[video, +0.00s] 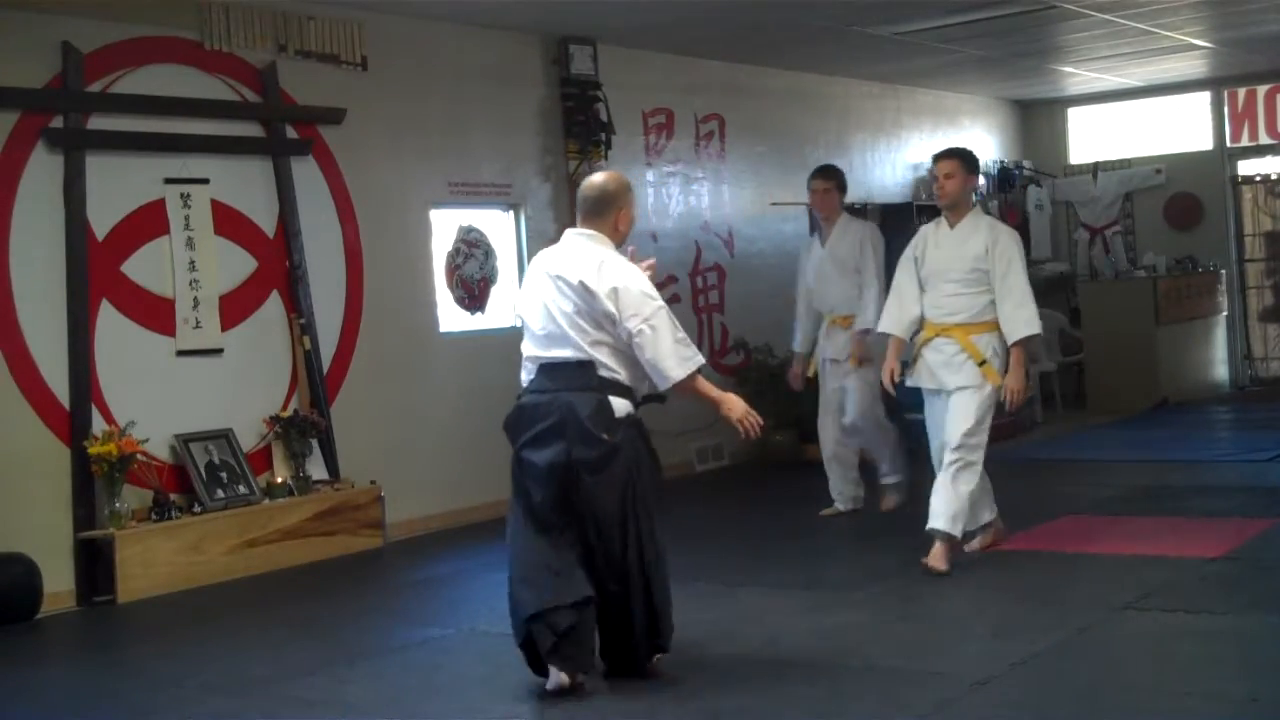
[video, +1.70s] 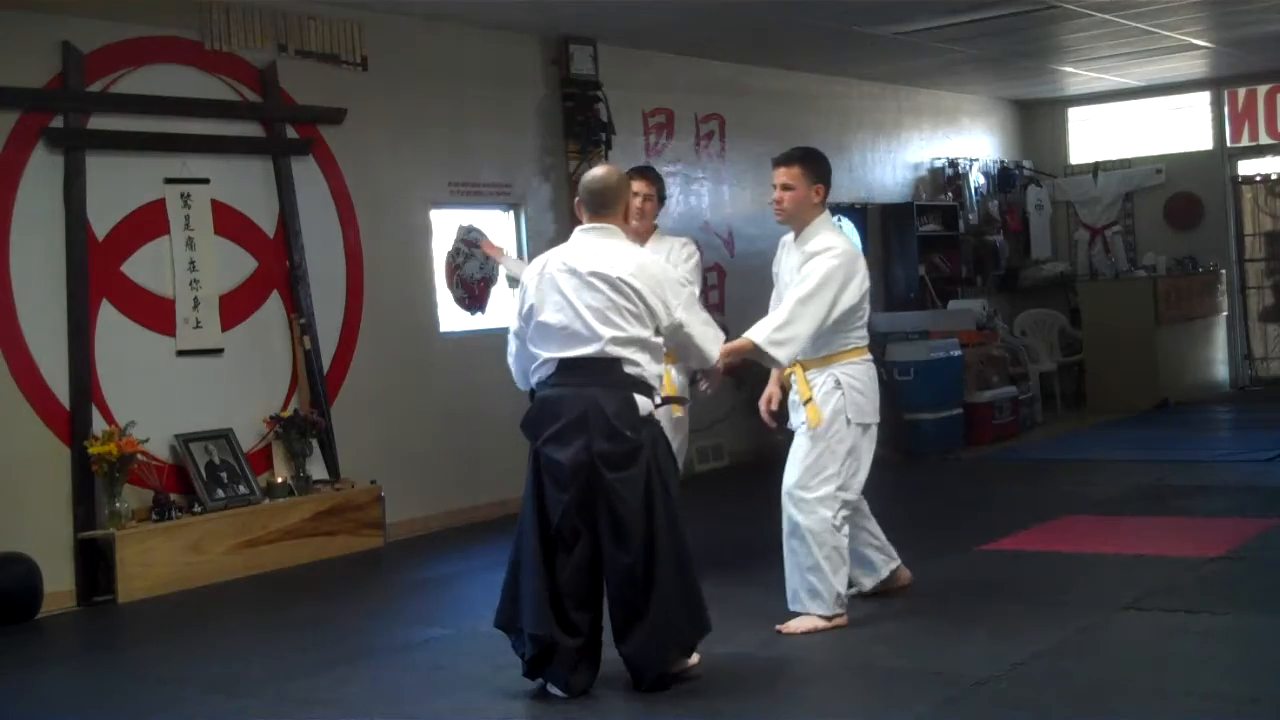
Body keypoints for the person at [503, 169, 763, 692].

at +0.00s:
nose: (633, 221)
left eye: (633, 214)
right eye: (632, 214)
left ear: (576, 212)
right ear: (622, 216)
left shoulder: (540, 263)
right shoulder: (618, 273)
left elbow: (566, 313)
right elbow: (665, 352)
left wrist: (629, 282)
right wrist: (721, 397)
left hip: (537, 410)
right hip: (599, 409)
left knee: (545, 536)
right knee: (621, 529)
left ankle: (560, 660)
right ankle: (631, 654)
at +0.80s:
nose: (646, 216)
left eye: (644, 207)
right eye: (645, 209)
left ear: (590, 210)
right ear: (635, 212)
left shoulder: (551, 261)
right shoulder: (648, 269)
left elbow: (539, 322)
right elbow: (714, 338)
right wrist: (736, 349)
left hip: (550, 406)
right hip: (616, 409)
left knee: (554, 537)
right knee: (641, 533)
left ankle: (558, 666)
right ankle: (654, 653)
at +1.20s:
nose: (667, 222)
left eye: (666, 215)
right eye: (667, 214)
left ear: (608, 211)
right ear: (657, 212)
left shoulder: (564, 263)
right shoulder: (669, 267)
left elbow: (550, 331)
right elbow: (736, 332)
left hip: (567, 394)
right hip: (634, 394)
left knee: (569, 533)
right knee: (650, 529)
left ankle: (563, 669)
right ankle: (659, 657)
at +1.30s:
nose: (660, 220)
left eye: (660, 213)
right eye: (661, 213)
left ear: (604, 211)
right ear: (652, 211)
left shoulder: (559, 266)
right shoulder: (667, 266)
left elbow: (542, 334)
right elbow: (734, 332)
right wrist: (749, 340)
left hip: (566, 397)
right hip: (634, 396)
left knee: (570, 534)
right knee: (651, 530)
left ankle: (564, 668)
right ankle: (661, 658)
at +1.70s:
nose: (639, 211)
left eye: (638, 201)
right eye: (634, 204)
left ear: (577, 209)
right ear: (626, 210)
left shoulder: (541, 268)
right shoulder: (647, 267)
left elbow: (519, 358)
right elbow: (700, 345)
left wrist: (546, 392)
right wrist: (709, 367)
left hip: (554, 405)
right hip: (623, 402)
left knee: (563, 537)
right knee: (639, 531)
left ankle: (565, 672)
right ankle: (655, 659)